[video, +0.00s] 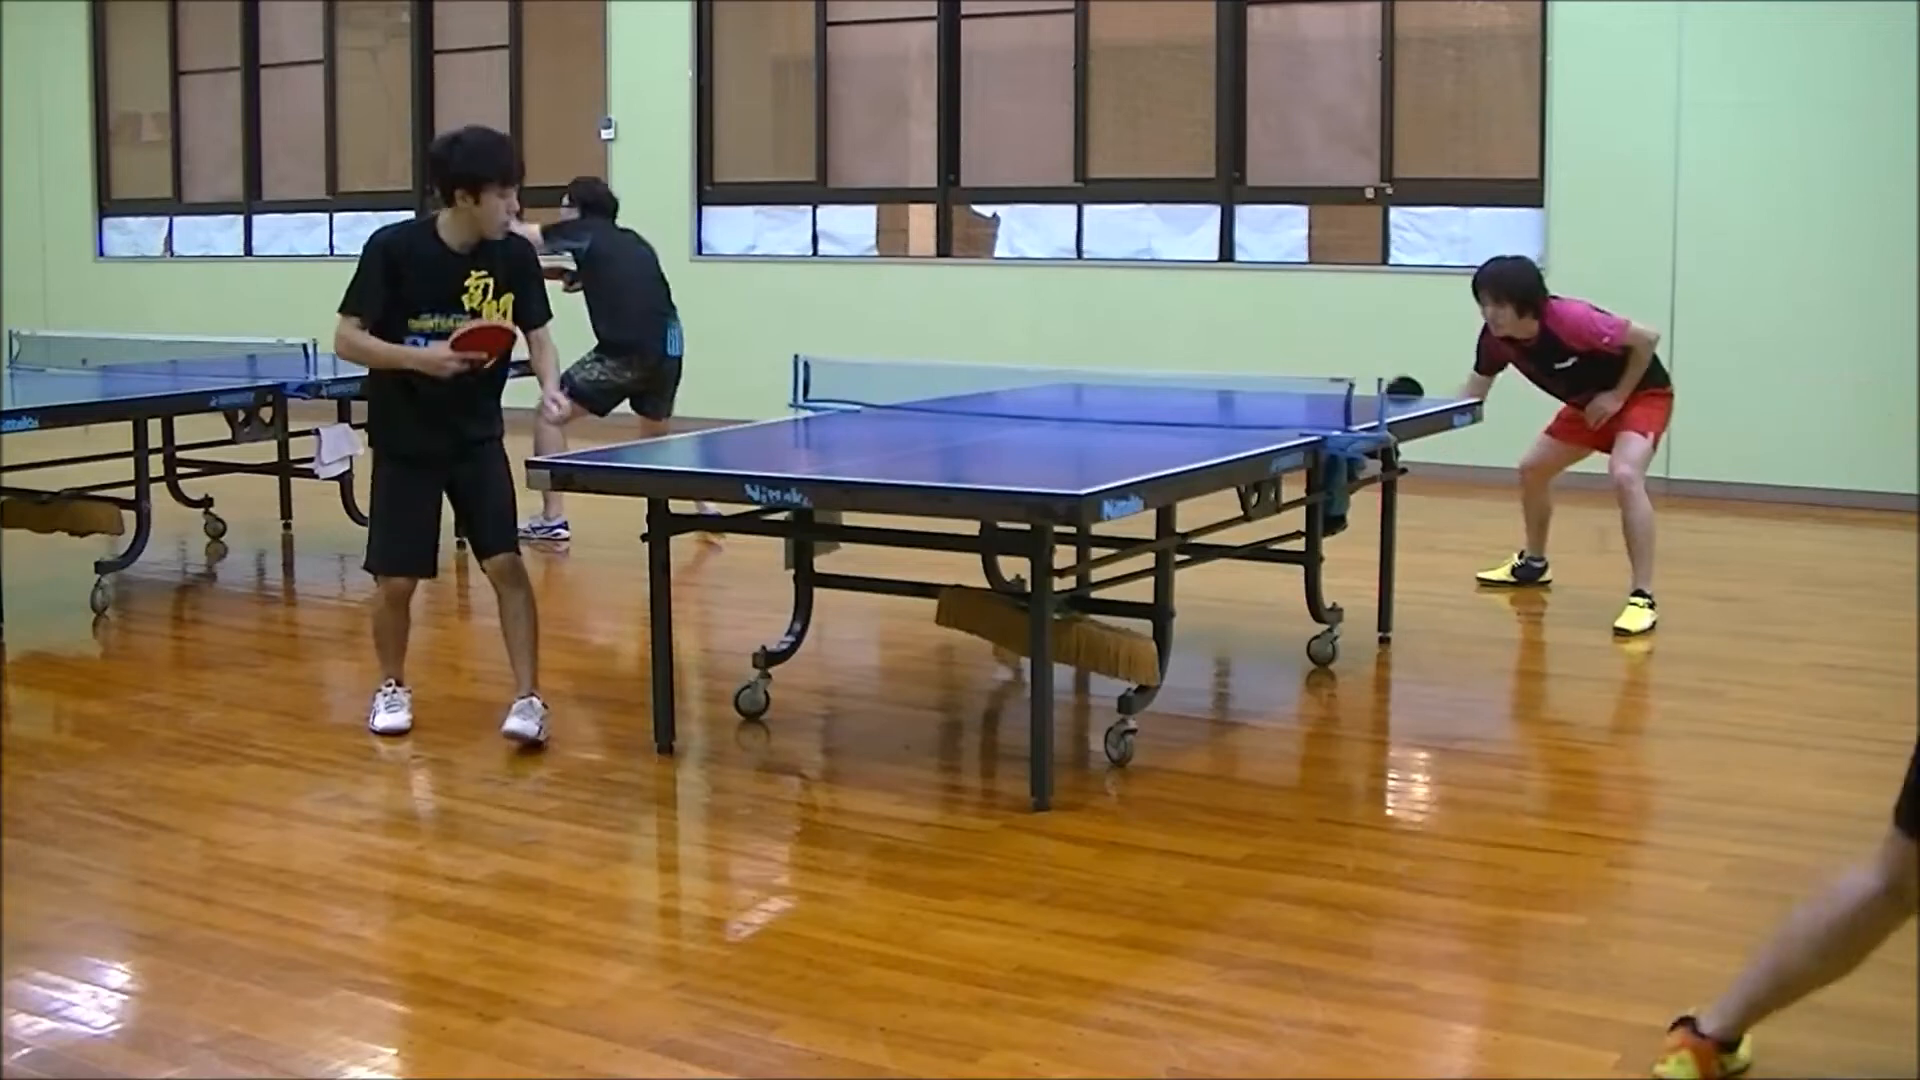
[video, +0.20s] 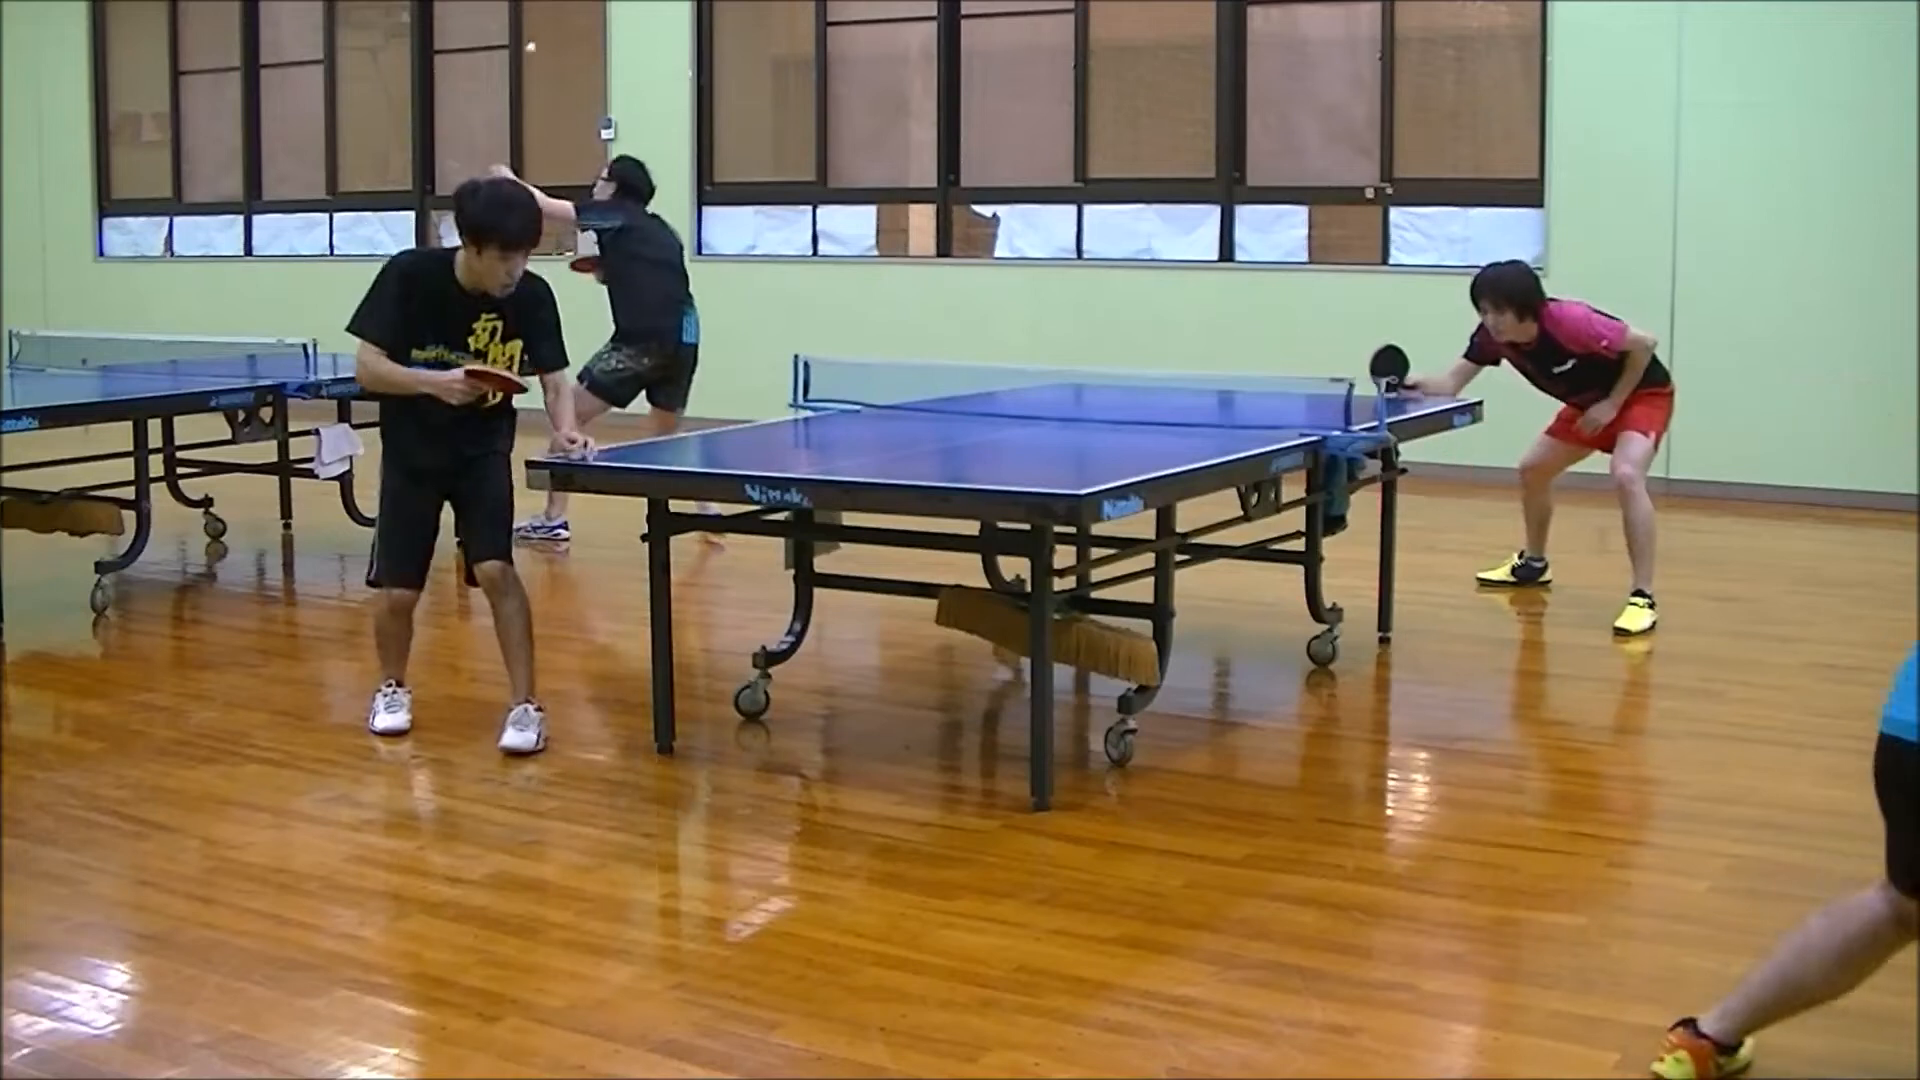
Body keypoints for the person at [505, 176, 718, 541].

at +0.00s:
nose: (562, 211)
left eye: (566, 206)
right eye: (564, 205)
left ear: (579, 209)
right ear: (607, 211)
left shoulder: (585, 231)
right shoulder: (635, 240)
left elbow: (529, 234)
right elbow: (622, 274)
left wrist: (503, 218)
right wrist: (583, 277)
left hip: (625, 352)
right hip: (668, 355)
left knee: (548, 417)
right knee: (655, 437)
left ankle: (552, 519)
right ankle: (706, 508)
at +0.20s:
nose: (594, 188)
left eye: (600, 182)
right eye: (597, 181)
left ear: (616, 188)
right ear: (642, 194)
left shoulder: (617, 212)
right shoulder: (663, 230)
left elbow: (550, 208)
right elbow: (647, 271)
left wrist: (509, 181)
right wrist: (602, 266)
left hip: (640, 341)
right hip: (682, 346)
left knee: (569, 417)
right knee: (665, 434)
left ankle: (553, 519)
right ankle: (708, 509)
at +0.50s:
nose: (627, 176)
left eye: (633, 172)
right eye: (630, 171)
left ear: (645, 180)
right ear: (672, 186)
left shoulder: (632, 208)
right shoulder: (694, 218)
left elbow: (567, 231)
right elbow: (741, 262)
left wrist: (544, 252)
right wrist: (726, 284)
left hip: (657, 326)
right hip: (702, 331)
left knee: (592, 409)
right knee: (691, 423)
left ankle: (579, 513)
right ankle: (713, 514)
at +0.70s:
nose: (620, 198)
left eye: (624, 193)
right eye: (622, 192)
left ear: (634, 198)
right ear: (665, 203)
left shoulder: (617, 225)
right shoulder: (683, 231)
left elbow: (565, 246)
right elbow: (742, 263)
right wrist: (759, 231)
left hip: (652, 334)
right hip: (698, 337)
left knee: (582, 404)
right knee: (692, 423)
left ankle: (622, 496)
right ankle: (711, 508)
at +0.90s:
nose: (558, 234)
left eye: (564, 227)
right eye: (560, 227)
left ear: (582, 227)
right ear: (605, 229)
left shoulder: (578, 249)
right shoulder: (636, 247)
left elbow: (540, 274)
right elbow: (685, 270)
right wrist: (656, 301)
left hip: (639, 346)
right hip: (683, 346)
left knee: (577, 420)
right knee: (678, 427)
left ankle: (605, 514)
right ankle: (709, 507)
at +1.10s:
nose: (502, 250)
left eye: (507, 240)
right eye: (500, 243)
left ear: (532, 235)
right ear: (535, 237)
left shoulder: (548, 266)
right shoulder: (563, 250)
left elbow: (583, 337)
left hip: (637, 349)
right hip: (644, 345)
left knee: (576, 420)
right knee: (609, 413)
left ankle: (601, 513)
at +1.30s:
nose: (495, 225)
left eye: (501, 215)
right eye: (492, 217)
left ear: (527, 211)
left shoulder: (554, 236)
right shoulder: (536, 244)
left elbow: (587, 274)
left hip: (618, 339)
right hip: (592, 336)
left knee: (568, 409)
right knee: (555, 408)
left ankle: (596, 507)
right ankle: (592, 505)